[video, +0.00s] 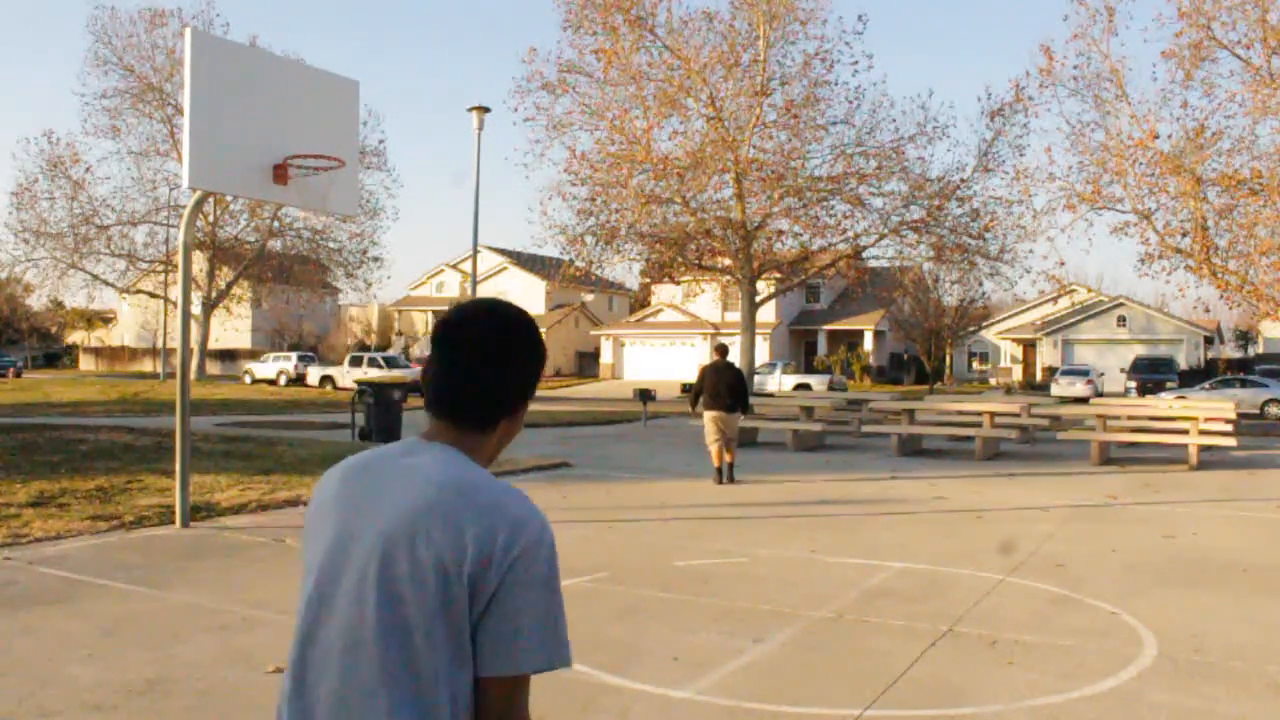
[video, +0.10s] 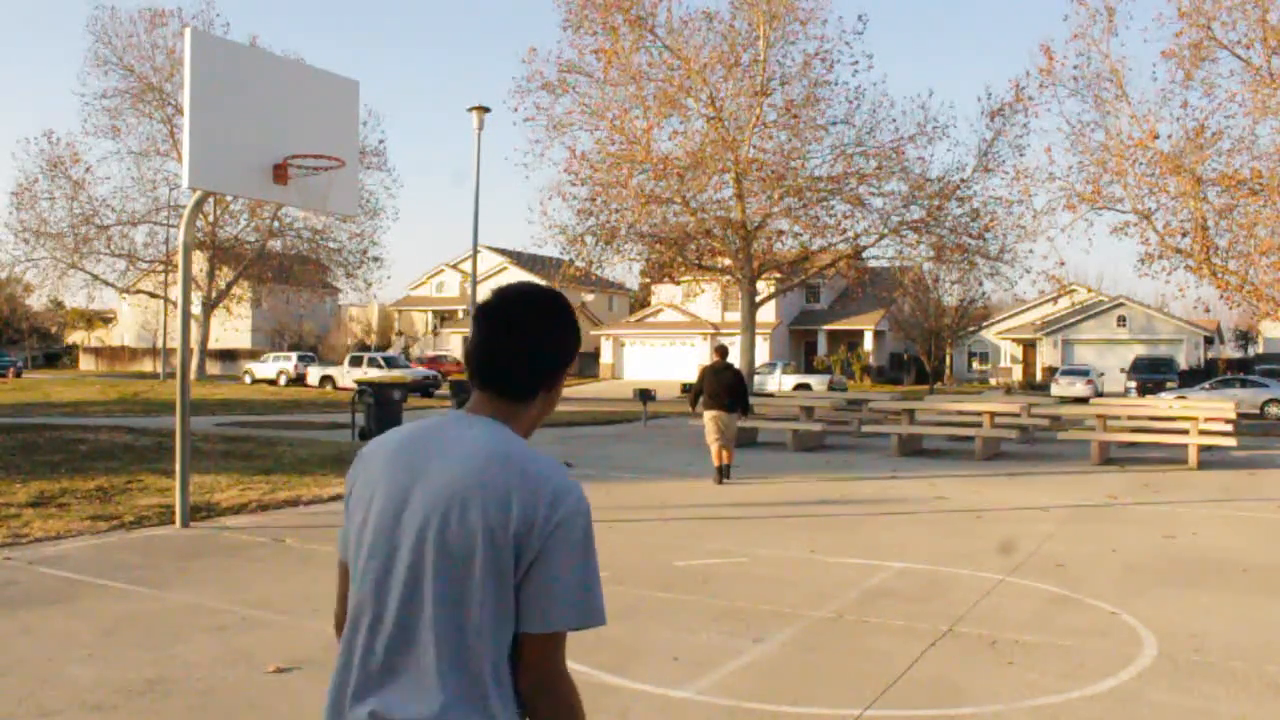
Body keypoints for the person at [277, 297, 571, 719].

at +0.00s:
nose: (527, 412)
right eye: (529, 398)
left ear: (426, 377)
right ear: (520, 407)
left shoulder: (337, 481)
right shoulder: (507, 522)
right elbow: (503, 707)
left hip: (306, 709)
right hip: (427, 712)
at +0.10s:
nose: (565, 384)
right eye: (568, 371)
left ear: (469, 359)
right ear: (560, 380)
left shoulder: (375, 456)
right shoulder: (546, 489)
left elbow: (346, 621)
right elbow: (539, 675)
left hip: (358, 706)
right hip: (477, 709)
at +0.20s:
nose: (597, 363)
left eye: (597, 346)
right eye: (599, 348)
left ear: (507, 338)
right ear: (588, 357)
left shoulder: (417, 432)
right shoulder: (574, 454)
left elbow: (376, 585)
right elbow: (560, 631)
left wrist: (395, 684)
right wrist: (651, 697)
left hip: (399, 696)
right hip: (503, 700)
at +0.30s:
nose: (614, 364)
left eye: (614, 348)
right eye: (616, 350)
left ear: (531, 342)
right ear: (607, 357)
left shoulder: (451, 438)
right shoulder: (589, 444)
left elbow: (405, 584)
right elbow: (591, 599)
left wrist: (411, 696)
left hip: (441, 696)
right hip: (540, 696)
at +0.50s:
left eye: (581, 344)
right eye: (653, 354)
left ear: (580, 359)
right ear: (653, 365)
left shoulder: (526, 440)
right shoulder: (654, 450)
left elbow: (488, 558)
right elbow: (792, 501)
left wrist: (480, 667)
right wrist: (910, 479)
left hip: (499, 684)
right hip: (590, 692)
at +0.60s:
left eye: (610, 332)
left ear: (610, 342)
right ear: (682, 347)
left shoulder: (557, 417)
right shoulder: (694, 435)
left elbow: (519, 528)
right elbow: (807, 511)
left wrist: (515, 627)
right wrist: (901, 517)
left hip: (531, 660)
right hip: (616, 667)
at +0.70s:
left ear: (627, 337)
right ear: (696, 344)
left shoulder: (577, 418)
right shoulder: (721, 428)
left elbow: (550, 540)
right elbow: (789, 528)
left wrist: (538, 630)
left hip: (574, 638)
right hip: (662, 646)